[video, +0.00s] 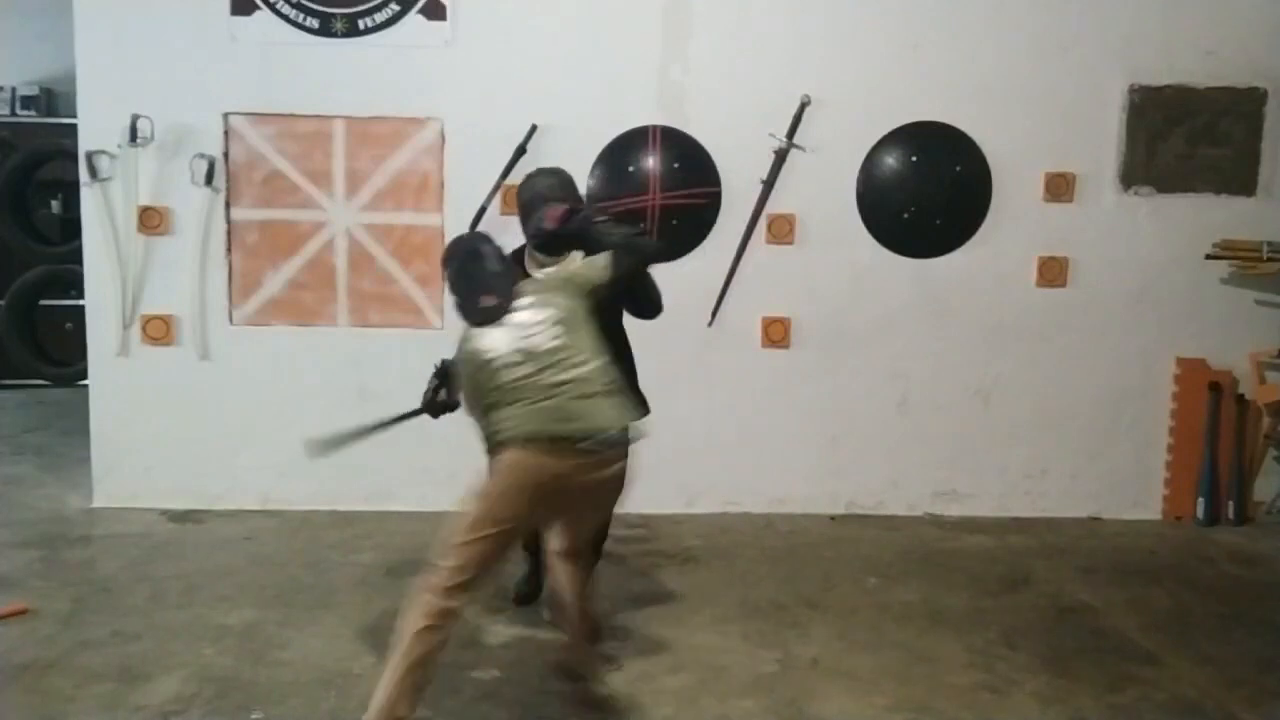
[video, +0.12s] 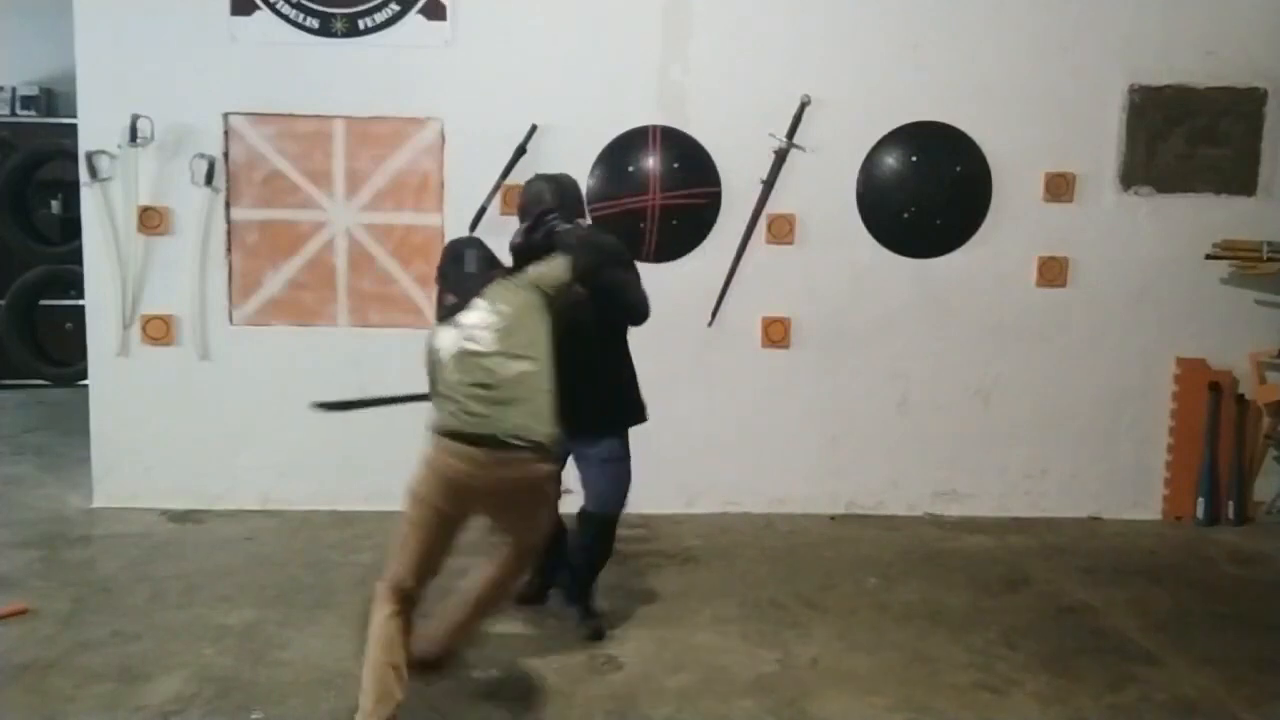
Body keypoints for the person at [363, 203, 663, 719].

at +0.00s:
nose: (457, 296)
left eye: (456, 286)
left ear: (461, 291)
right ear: (507, 268)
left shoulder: (471, 349)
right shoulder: (561, 282)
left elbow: (491, 430)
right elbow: (635, 252)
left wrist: (510, 505)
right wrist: (584, 231)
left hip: (528, 462)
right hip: (605, 456)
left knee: (448, 579)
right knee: (571, 555)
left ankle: (389, 708)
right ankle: (581, 664)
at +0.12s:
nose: (436, 295)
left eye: (438, 285)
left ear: (446, 287)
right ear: (493, 270)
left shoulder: (441, 334)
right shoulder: (524, 287)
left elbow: (443, 400)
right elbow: (572, 255)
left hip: (453, 462)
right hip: (526, 469)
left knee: (397, 592)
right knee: (522, 548)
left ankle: (375, 710)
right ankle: (437, 649)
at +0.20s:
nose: (499, 253)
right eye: (491, 250)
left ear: (445, 271)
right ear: (485, 261)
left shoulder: (434, 314)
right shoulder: (507, 278)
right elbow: (563, 233)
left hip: (418, 444)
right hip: (480, 458)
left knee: (378, 563)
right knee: (459, 564)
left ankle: (353, 680)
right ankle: (397, 649)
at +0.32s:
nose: (475, 257)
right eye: (473, 250)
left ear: (425, 257)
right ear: (467, 253)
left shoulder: (409, 298)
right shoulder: (473, 276)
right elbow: (562, 234)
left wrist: (498, 244)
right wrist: (518, 226)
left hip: (382, 446)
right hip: (441, 459)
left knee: (392, 514)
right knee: (457, 553)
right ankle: (380, 650)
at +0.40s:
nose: (455, 257)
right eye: (453, 251)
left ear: (406, 258)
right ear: (448, 254)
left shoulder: (387, 302)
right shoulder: (453, 280)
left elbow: (457, 319)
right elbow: (529, 244)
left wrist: (499, 285)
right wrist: (512, 228)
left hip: (362, 448)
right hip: (414, 461)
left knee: (356, 525)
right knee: (477, 546)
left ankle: (284, 615)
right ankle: (389, 632)